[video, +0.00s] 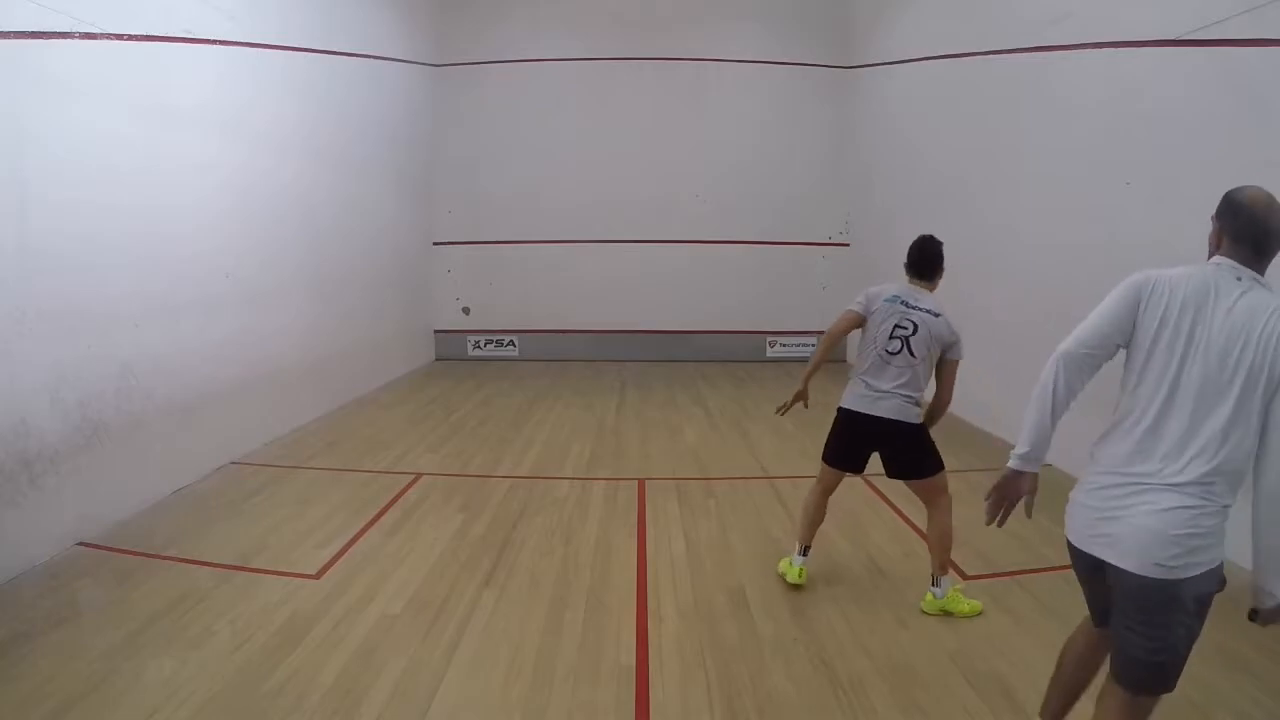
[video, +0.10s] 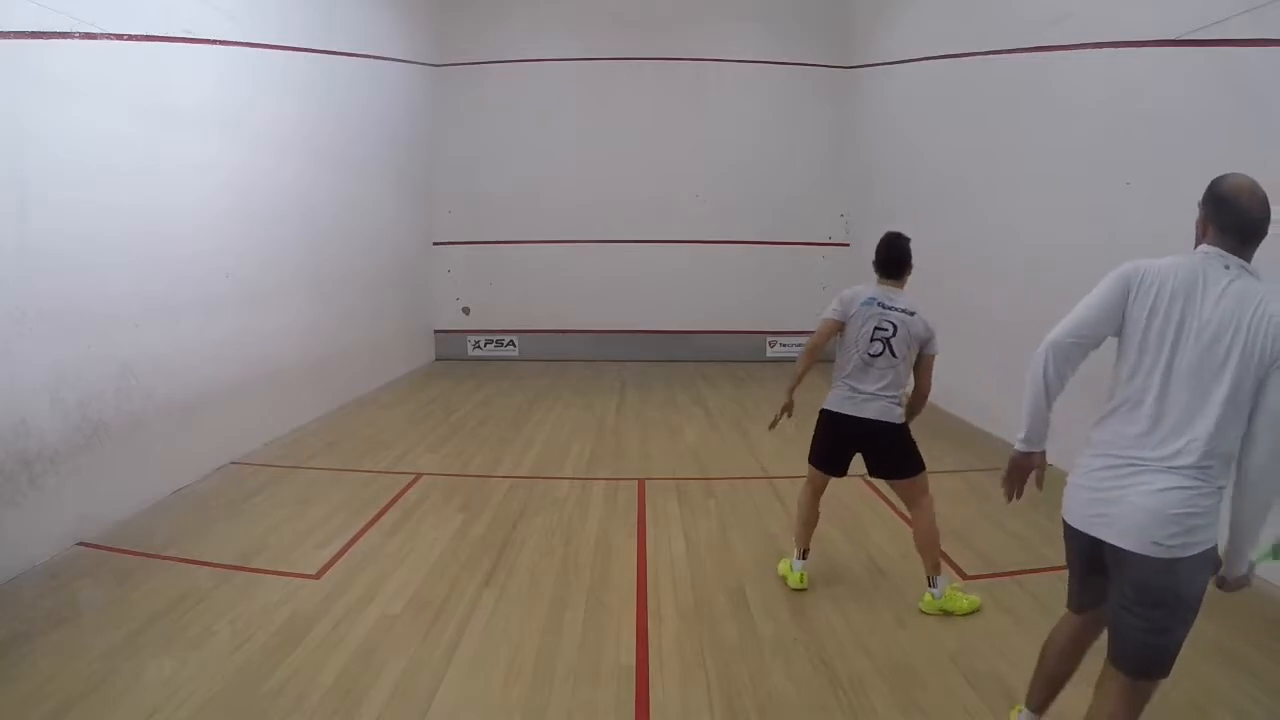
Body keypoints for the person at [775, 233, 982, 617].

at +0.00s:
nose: (933, 275)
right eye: (939, 271)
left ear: (906, 268)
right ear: (940, 275)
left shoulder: (877, 296)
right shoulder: (945, 327)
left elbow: (833, 333)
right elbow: (943, 400)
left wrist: (804, 381)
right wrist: (920, 430)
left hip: (853, 415)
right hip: (902, 427)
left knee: (823, 486)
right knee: (938, 500)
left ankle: (798, 561)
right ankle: (939, 590)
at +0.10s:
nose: (901, 269)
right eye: (908, 265)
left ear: (875, 266)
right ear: (909, 270)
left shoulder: (851, 298)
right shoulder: (921, 323)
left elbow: (816, 342)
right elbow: (922, 390)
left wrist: (790, 391)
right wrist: (905, 418)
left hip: (836, 419)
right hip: (886, 427)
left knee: (814, 485)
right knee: (920, 501)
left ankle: (798, 565)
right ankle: (936, 589)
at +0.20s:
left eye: (854, 257)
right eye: (879, 259)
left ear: (846, 261)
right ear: (881, 264)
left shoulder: (824, 298)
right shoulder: (895, 315)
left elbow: (793, 348)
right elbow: (905, 381)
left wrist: (780, 391)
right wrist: (893, 418)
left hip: (820, 418)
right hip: (869, 424)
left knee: (799, 485)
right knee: (895, 503)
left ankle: (797, 565)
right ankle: (925, 584)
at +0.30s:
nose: (855, 255)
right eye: (858, 249)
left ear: (826, 252)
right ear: (861, 254)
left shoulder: (804, 289)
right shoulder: (877, 301)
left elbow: (776, 346)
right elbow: (891, 368)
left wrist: (780, 382)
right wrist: (885, 416)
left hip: (807, 408)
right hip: (854, 410)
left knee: (795, 485)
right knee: (877, 489)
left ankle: (797, 565)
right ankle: (891, 568)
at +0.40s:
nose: (843, 248)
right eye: (845, 243)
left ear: (813, 246)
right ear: (847, 248)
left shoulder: (791, 284)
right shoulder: (862, 292)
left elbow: (768, 337)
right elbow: (877, 358)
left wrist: (783, 357)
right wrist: (878, 408)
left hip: (799, 401)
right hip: (843, 402)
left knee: (795, 483)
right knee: (851, 475)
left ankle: (797, 566)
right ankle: (848, 551)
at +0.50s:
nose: (840, 250)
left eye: (837, 245)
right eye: (841, 246)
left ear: (804, 247)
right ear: (838, 249)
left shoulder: (780, 283)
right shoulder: (850, 292)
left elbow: (764, 336)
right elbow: (865, 359)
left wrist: (784, 335)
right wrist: (869, 408)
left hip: (791, 398)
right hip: (834, 399)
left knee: (792, 479)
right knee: (824, 468)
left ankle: (796, 566)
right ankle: (811, 530)